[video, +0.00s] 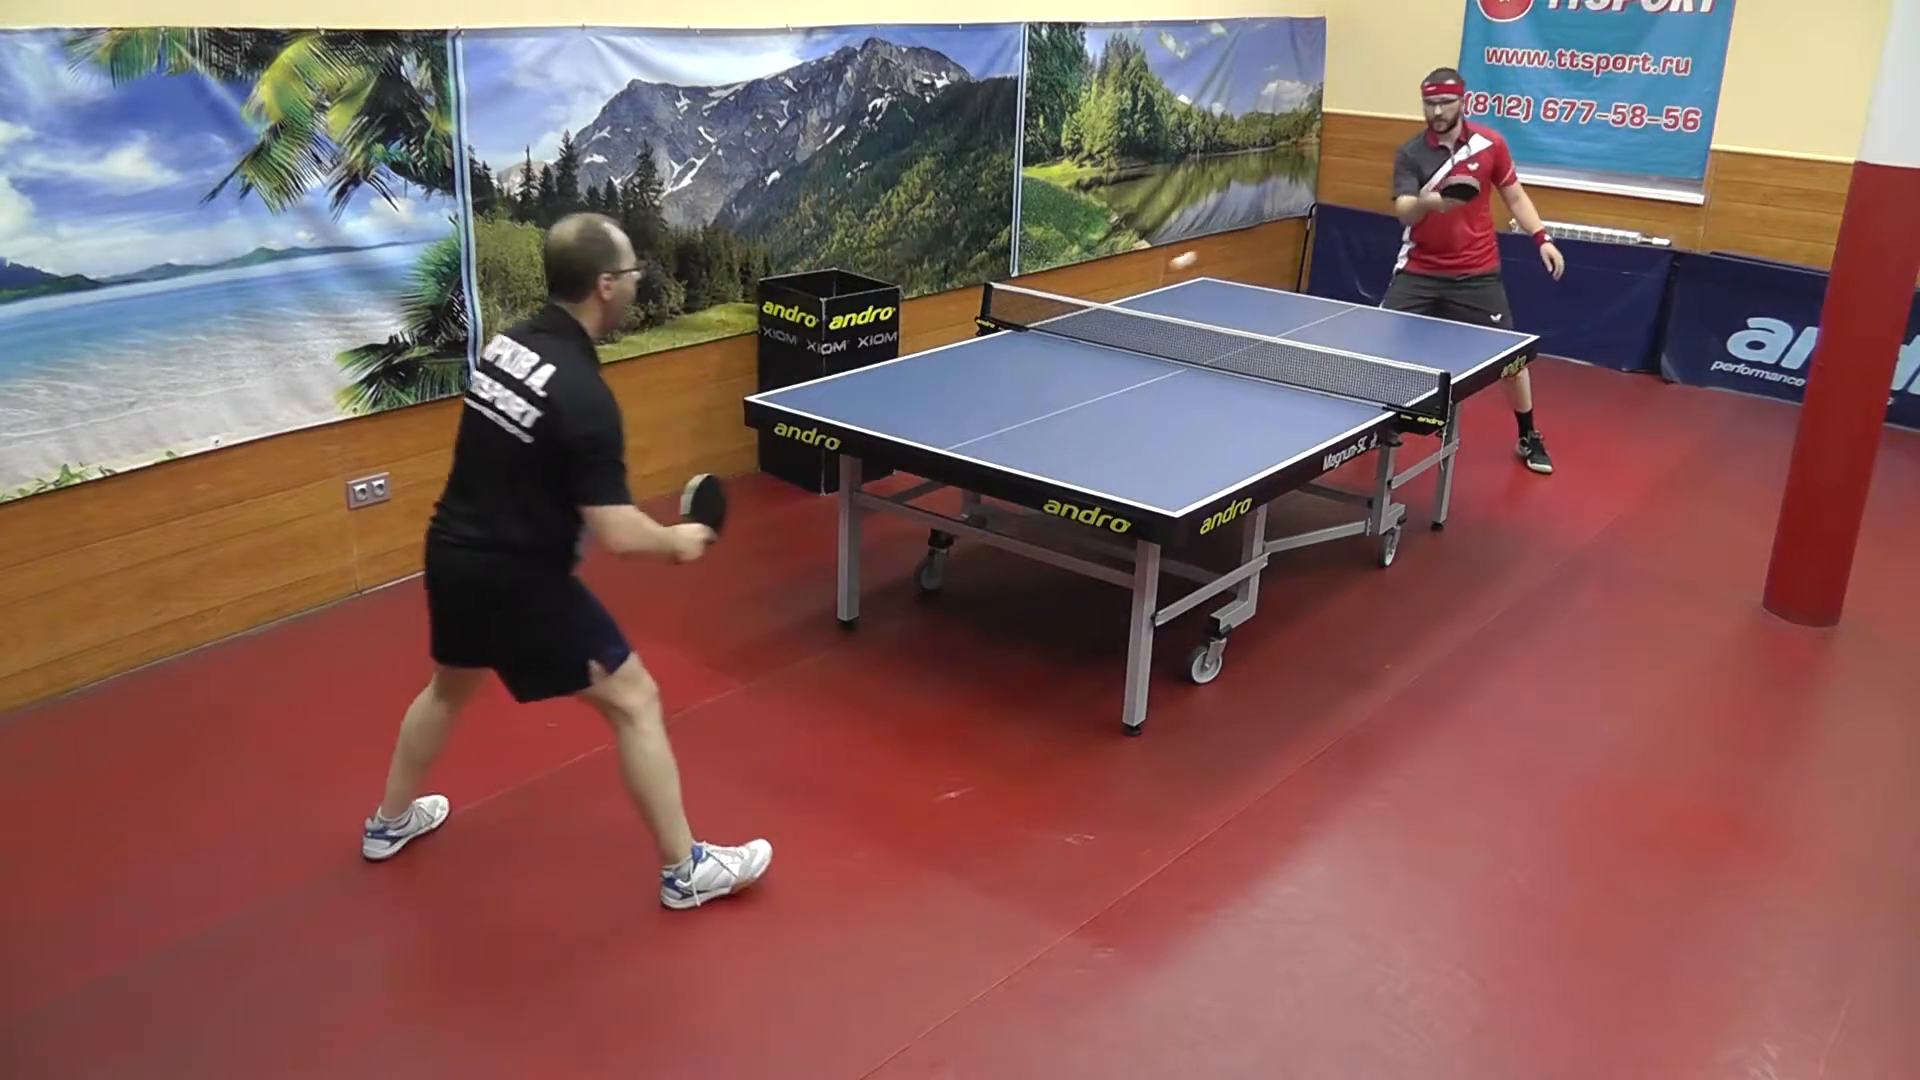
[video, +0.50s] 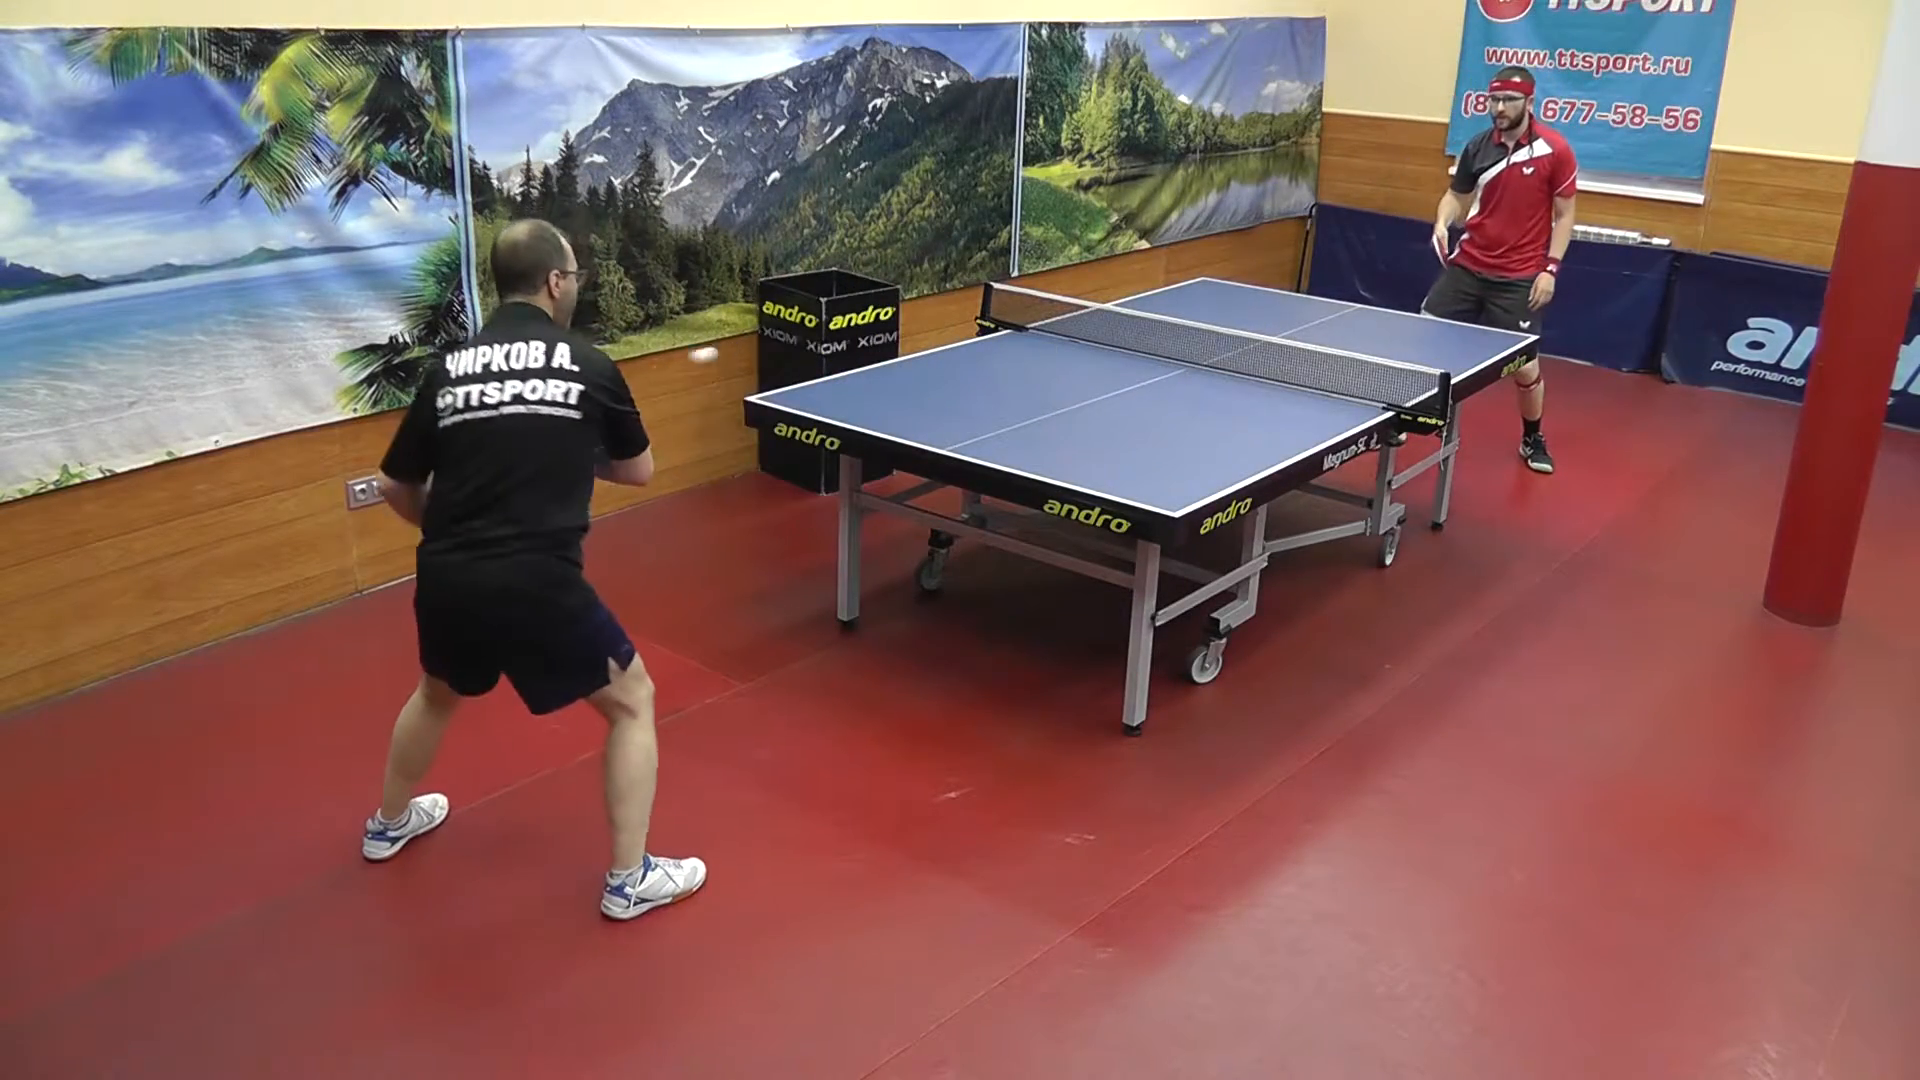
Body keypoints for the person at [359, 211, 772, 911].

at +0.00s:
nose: (637, 283)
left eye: (634, 270)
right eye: (631, 272)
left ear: (568, 283)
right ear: (603, 287)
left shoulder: (512, 342)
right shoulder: (586, 398)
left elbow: (512, 458)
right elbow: (614, 526)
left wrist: (588, 514)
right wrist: (674, 540)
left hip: (452, 558)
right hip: (523, 578)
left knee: (446, 689)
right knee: (634, 699)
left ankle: (388, 819)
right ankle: (684, 865)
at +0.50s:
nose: (576, 286)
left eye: (572, 273)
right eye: (572, 275)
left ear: (501, 284)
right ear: (554, 281)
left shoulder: (452, 365)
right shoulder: (587, 364)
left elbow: (398, 483)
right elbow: (637, 470)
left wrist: (448, 526)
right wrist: (566, 454)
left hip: (448, 580)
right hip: (540, 583)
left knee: (436, 693)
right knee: (631, 699)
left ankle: (388, 820)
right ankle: (630, 874)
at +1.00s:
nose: (612, 270)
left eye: (607, 258)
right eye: (606, 259)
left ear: (540, 275)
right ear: (588, 273)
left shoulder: (494, 357)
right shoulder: (622, 353)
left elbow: (435, 463)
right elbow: (732, 401)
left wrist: (483, 522)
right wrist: (856, 405)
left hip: (476, 567)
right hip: (564, 574)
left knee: (436, 700)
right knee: (643, 700)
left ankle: (388, 821)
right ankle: (630, 874)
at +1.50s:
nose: (582, 252)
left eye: (578, 241)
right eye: (574, 244)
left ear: (516, 258)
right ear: (547, 257)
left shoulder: (462, 322)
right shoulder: (555, 349)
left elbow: (420, 414)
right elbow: (595, 478)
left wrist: (485, 455)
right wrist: (669, 548)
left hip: (427, 530)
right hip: (500, 547)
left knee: (440, 648)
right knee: (586, 687)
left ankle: (402, 770)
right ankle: (623, 859)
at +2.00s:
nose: (538, 280)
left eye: (536, 268)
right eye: (525, 271)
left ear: (487, 279)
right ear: (481, 281)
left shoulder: (498, 333)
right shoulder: (432, 361)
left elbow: (522, 406)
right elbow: (370, 477)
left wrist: (576, 453)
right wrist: (393, 563)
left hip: (483, 541)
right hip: (459, 553)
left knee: (463, 654)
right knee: (535, 682)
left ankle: (390, 755)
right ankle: (586, 855)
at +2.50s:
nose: (432, 227)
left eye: (427, 215)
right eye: (422, 218)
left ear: (367, 236)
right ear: (393, 231)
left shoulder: (339, 332)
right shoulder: (431, 287)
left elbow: (331, 456)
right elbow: (513, 366)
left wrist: (397, 449)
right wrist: (456, 357)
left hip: (379, 510)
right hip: (445, 505)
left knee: (420, 632)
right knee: (483, 677)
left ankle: (387, 761)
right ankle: (473, 859)